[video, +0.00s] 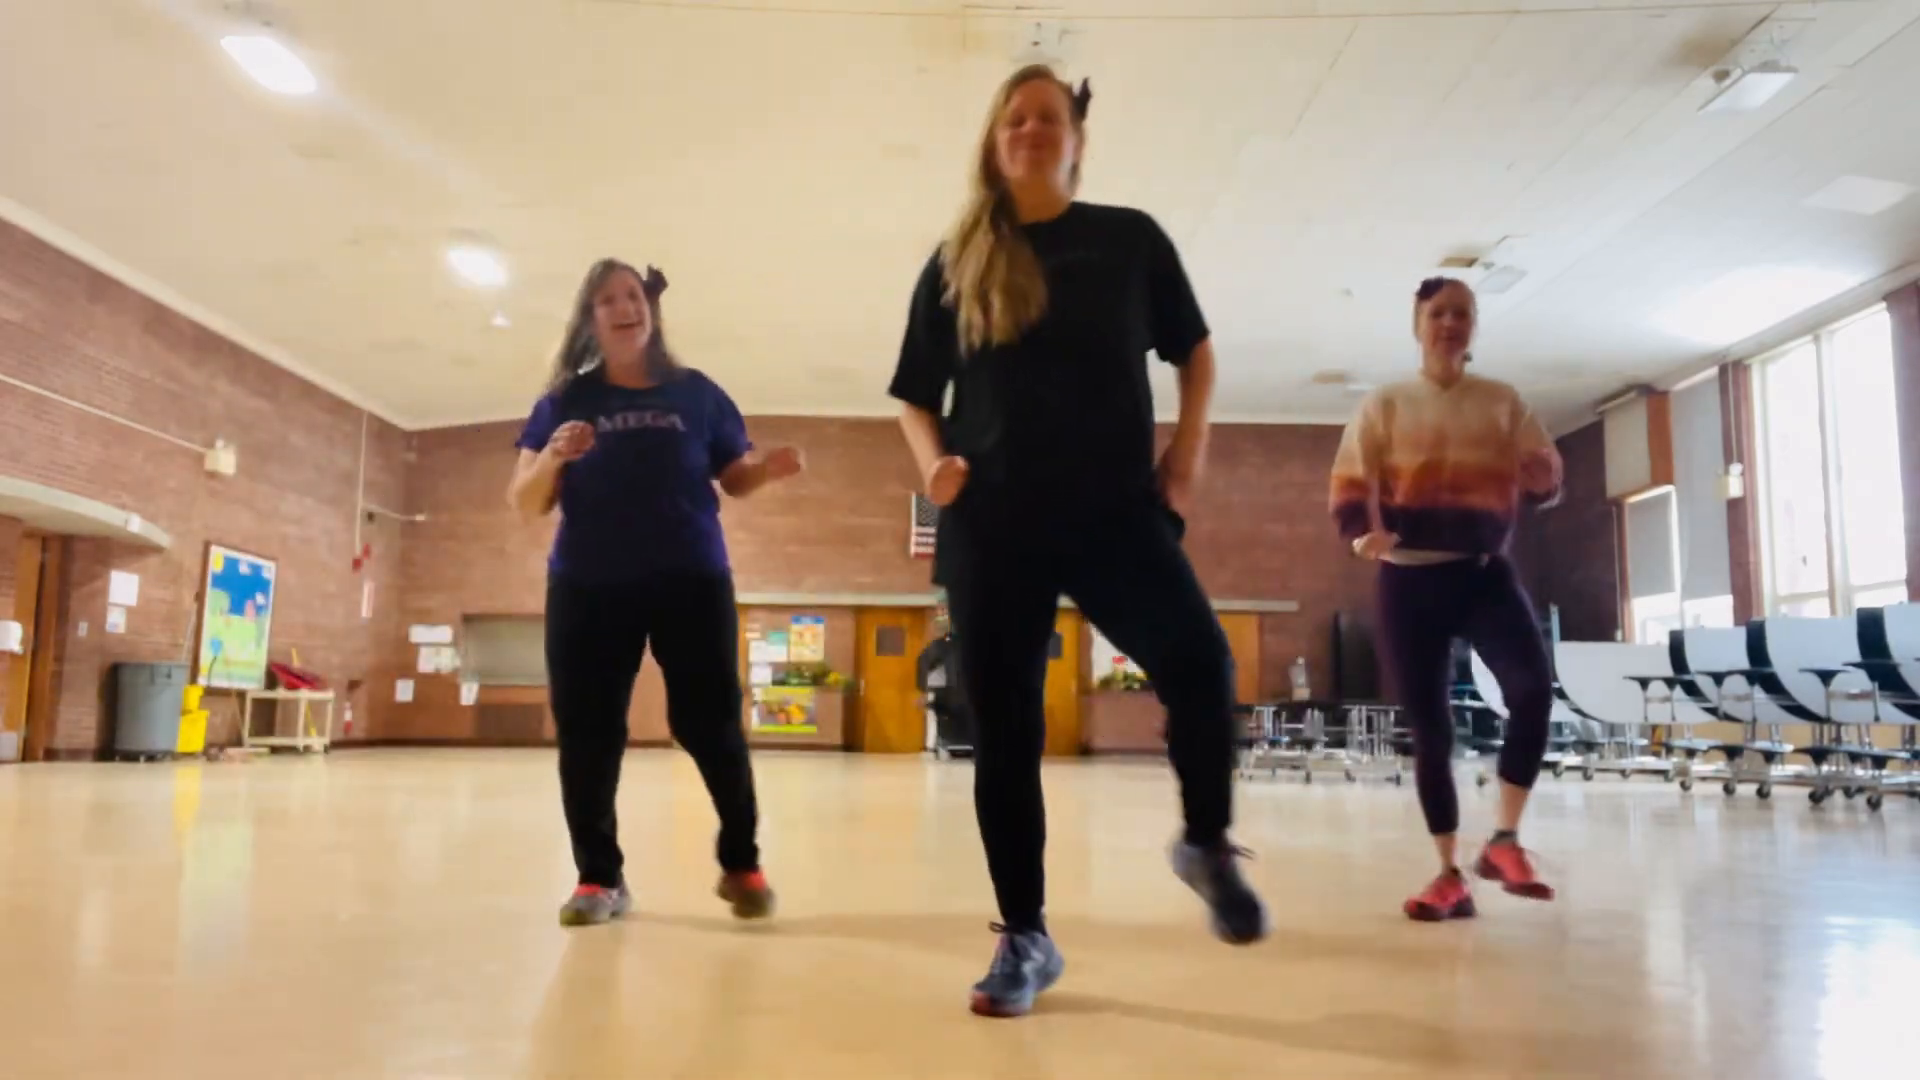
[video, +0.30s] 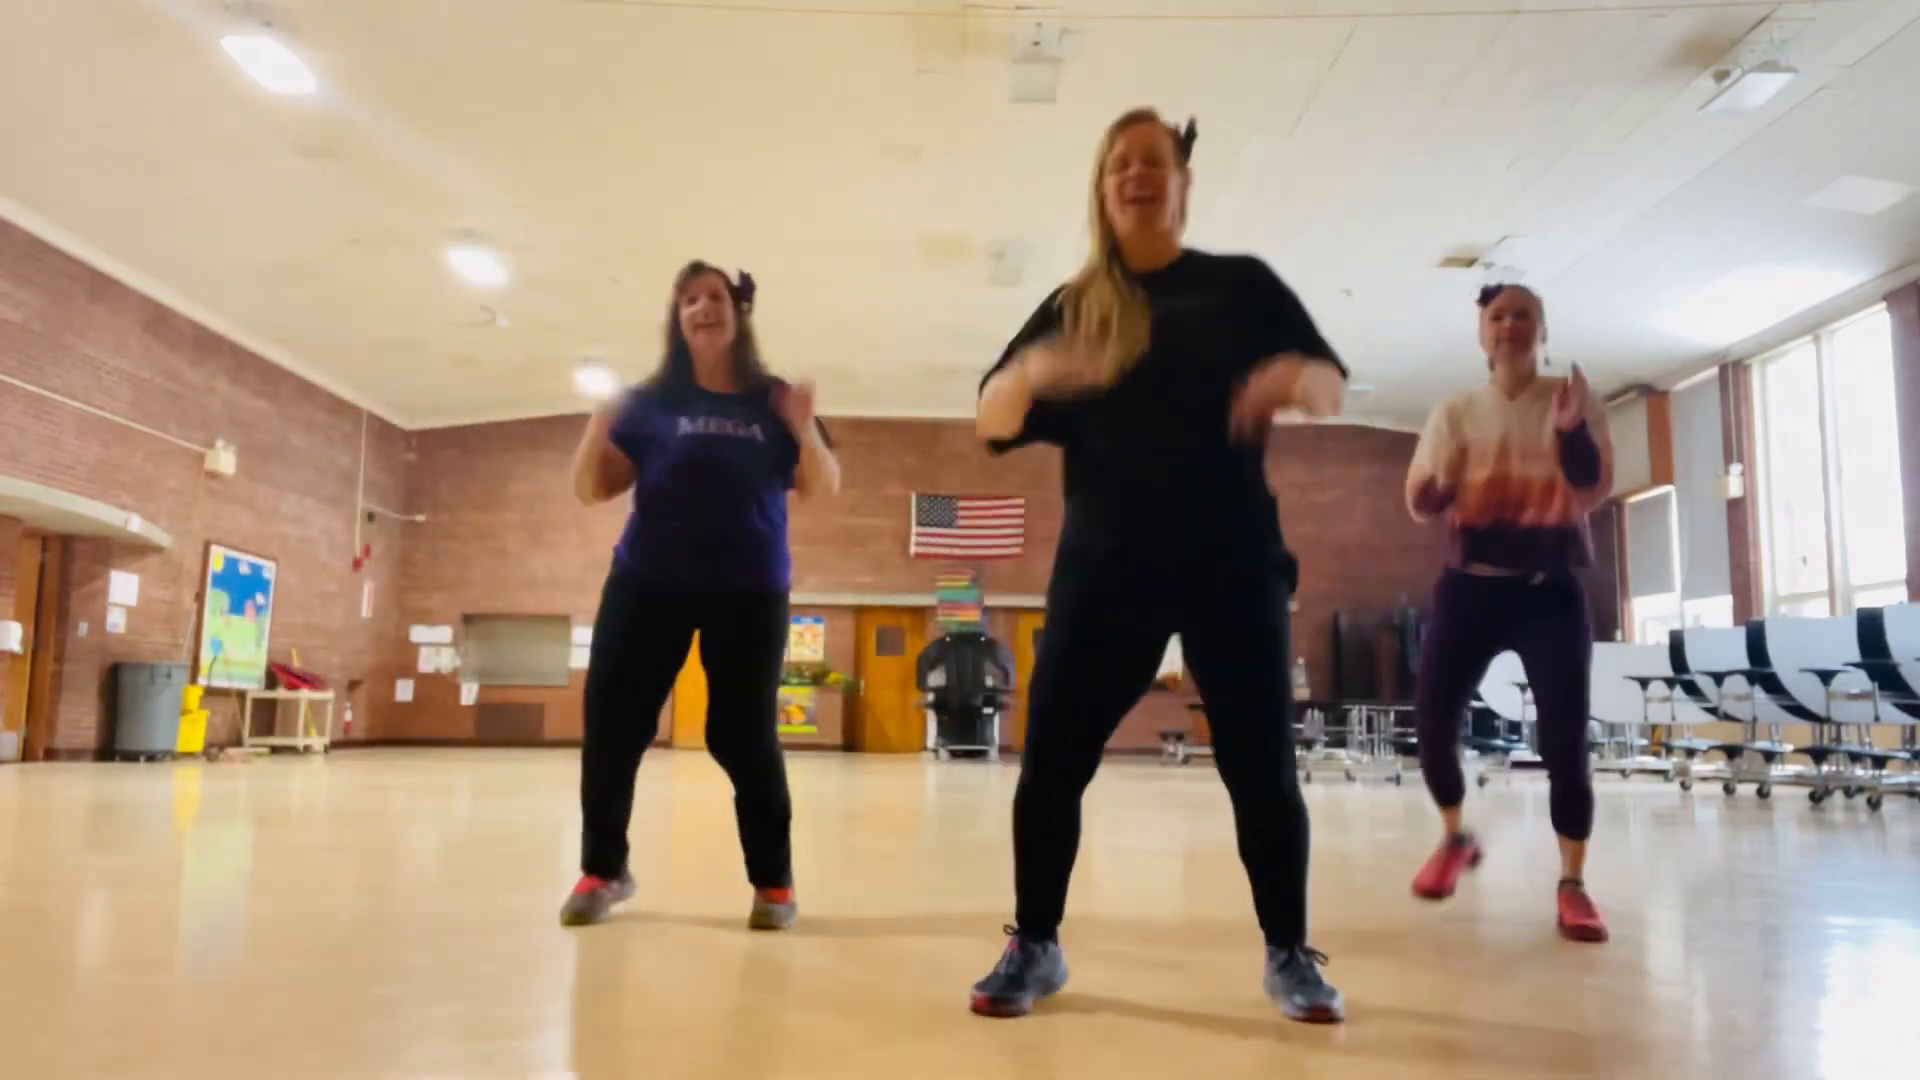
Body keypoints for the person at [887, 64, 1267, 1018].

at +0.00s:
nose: (1031, 130)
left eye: (1048, 118)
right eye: (1017, 118)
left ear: (1077, 137)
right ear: (992, 142)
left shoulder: (1132, 238)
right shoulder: (959, 262)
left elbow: (1195, 349)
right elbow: (913, 390)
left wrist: (1184, 457)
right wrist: (931, 459)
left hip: (1111, 512)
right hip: (995, 521)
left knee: (1201, 663)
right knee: (1004, 734)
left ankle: (1207, 845)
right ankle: (1024, 936)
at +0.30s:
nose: (1136, 176)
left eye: (1153, 163)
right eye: (1121, 165)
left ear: (1185, 182)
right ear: (1099, 189)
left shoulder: (1240, 286)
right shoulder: (1074, 307)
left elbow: (1328, 389)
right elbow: (992, 426)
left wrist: (1293, 378)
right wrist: (1030, 371)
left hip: (1230, 564)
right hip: (1108, 567)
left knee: (1260, 766)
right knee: (1051, 763)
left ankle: (1290, 954)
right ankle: (1033, 946)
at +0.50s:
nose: (1174, 115)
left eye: (1189, 102)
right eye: (1159, 103)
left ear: (1217, 119)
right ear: (1130, 123)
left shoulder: (1265, 211)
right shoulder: (1108, 219)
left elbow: (1309, 304)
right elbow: (1082, 323)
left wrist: (1316, 180)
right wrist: (1082, 204)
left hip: (1256, 494)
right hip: (1140, 496)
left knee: (1273, 703)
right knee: (1135, 698)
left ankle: (1297, 916)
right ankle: (1179, 880)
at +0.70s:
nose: (1193, 171)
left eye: (1210, 157)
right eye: (1178, 156)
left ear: (1238, 172)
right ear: (1154, 173)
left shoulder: (1278, 275)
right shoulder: (1118, 285)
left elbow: (1322, 395)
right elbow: (1069, 408)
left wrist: (1256, 311)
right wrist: (1120, 327)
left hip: (1278, 551)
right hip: (1162, 558)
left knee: (1281, 745)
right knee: (1209, 750)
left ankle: (1302, 949)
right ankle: (1254, 930)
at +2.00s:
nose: (774, 141)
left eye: (792, 133)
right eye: (758, 133)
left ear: (820, 166)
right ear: (732, 166)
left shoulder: (856, 278)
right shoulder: (682, 268)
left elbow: (891, 409)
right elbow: (637, 379)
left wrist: (902, 522)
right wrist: (645, 449)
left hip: (817, 523)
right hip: (700, 518)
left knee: (822, 733)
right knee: (628, 722)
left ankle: (840, 934)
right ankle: (579, 923)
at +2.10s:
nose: (732, 159)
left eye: (749, 150)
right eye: (718, 149)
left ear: (775, 183)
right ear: (691, 178)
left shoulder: (806, 300)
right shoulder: (635, 284)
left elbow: (846, 426)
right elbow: (562, 392)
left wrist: (868, 534)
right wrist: (605, 493)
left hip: (774, 563)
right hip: (653, 556)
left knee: (799, 750)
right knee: (605, 746)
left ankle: (834, 939)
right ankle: (583, 944)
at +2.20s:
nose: (689, 162)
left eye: (707, 155)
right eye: (673, 153)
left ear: (733, 191)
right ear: (645, 187)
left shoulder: (765, 306)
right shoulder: (589, 287)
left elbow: (822, 423)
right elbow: (488, 342)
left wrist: (879, 407)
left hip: (737, 559)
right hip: (613, 560)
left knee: (810, 700)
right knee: (574, 746)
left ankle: (796, 869)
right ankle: (579, 941)